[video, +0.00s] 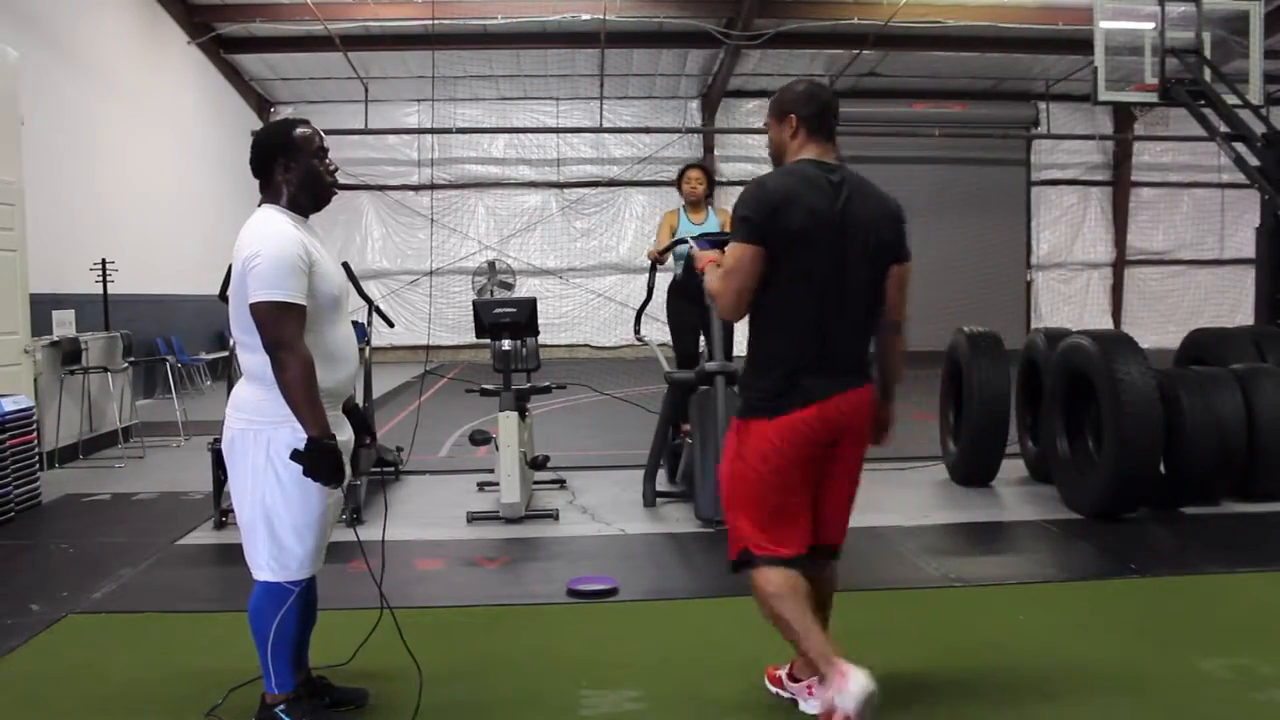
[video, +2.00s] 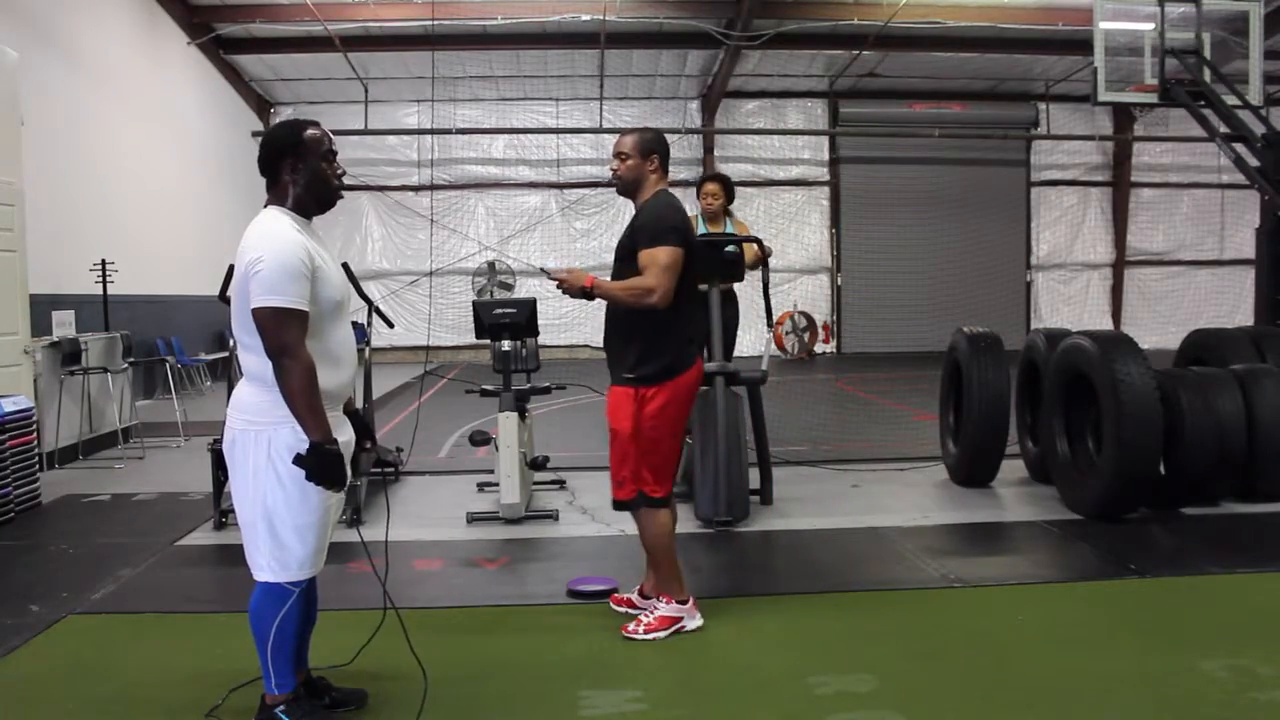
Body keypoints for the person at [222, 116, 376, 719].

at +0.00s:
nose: (333, 165)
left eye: (329, 154)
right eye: (320, 156)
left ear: (291, 171)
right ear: (286, 169)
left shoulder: (296, 236)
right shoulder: (273, 239)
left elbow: (316, 339)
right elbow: (283, 348)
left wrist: (351, 407)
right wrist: (318, 436)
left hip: (300, 427)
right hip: (276, 431)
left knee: (299, 565)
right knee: (283, 570)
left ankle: (297, 679)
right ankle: (280, 697)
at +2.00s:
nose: (341, 170)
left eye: (337, 159)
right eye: (329, 159)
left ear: (295, 171)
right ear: (293, 169)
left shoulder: (297, 238)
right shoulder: (275, 242)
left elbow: (314, 344)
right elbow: (285, 352)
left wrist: (351, 410)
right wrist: (321, 441)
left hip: (300, 428)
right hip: (277, 432)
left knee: (300, 566)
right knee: (283, 572)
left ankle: (297, 681)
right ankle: (280, 699)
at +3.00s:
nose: (370, 189)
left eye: (370, 177)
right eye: (363, 175)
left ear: (324, 175)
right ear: (324, 174)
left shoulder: (318, 236)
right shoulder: (282, 235)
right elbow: (243, 321)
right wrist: (202, 383)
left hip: (323, 429)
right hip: (291, 434)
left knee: (306, 566)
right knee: (287, 571)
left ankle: (299, 681)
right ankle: (278, 698)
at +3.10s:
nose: (378, 191)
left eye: (379, 179)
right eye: (371, 178)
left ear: (332, 177)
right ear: (330, 175)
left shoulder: (324, 239)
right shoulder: (284, 233)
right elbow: (237, 309)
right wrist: (191, 310)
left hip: (326, 426)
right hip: (292, 431)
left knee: (307, 565)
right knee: (289, 572)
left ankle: (297, 683)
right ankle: (280, 700)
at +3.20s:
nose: (378, 192)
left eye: (379, 179)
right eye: (370, 178)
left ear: (333, 178)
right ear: (331, 176)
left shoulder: (326, 235)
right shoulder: (289, 227)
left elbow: (327, 339)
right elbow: (241, 301)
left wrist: (356, 420)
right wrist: (240, 245)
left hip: (324, 426)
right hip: (290, 430)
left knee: (307, 566)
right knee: (290, 571)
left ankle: (299, 681)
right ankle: (280, 698)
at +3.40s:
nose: (378, 192)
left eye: (379, 180)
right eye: (371, 179)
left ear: (334, 177)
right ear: (332, 174)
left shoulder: (328, 232)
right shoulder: (290, 224)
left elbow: (366, 265)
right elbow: (286, 288)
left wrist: (416, 228)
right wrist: (363, 260)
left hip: (319, 420)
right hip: (283, 423)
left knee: (319, 562)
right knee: (304, 567)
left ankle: (299, 678)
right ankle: (280, 698)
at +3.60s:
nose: (384, 227)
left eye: (384, 215)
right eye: (375, 214)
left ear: (338, 218)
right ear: (337, 216)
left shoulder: (332, 278)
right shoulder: (298, 277)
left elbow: (361, 348)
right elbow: (298, 368)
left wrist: (431, 338)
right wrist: (382, 381)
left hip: (320, 450)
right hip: (280, 455)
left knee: (365, 567)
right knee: (352, 577)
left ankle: (305, 680)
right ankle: (286, 696)